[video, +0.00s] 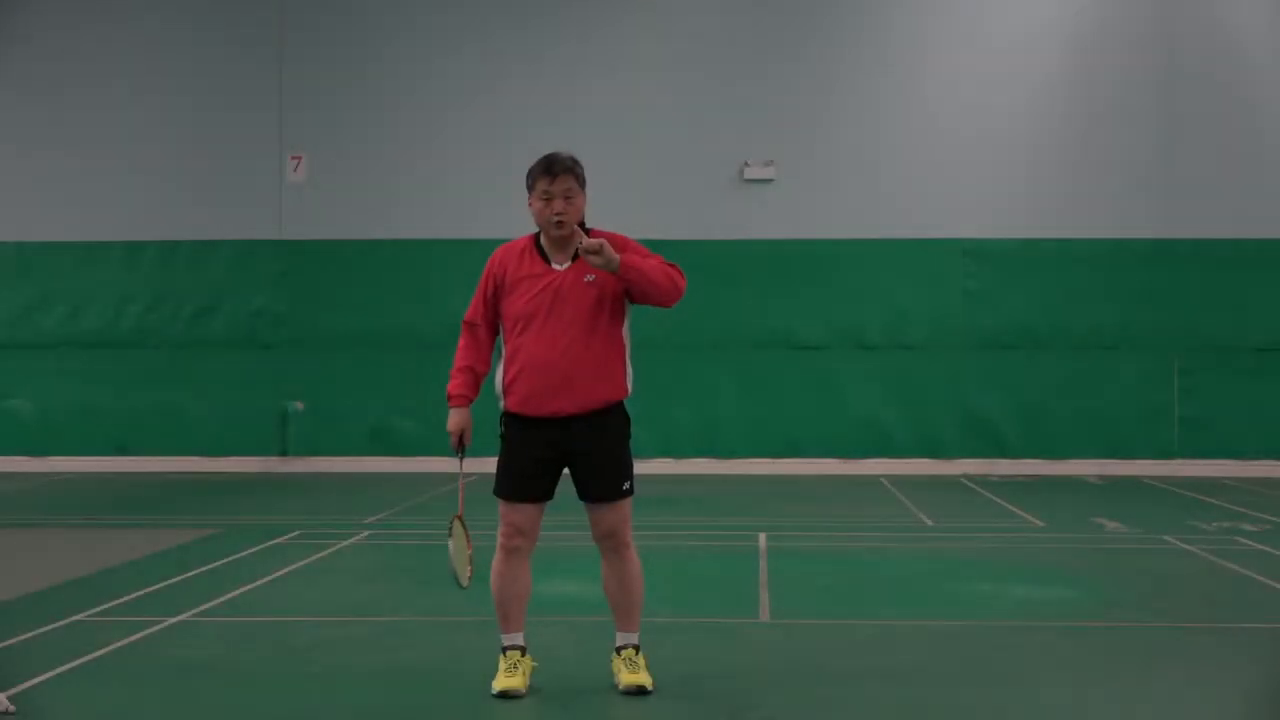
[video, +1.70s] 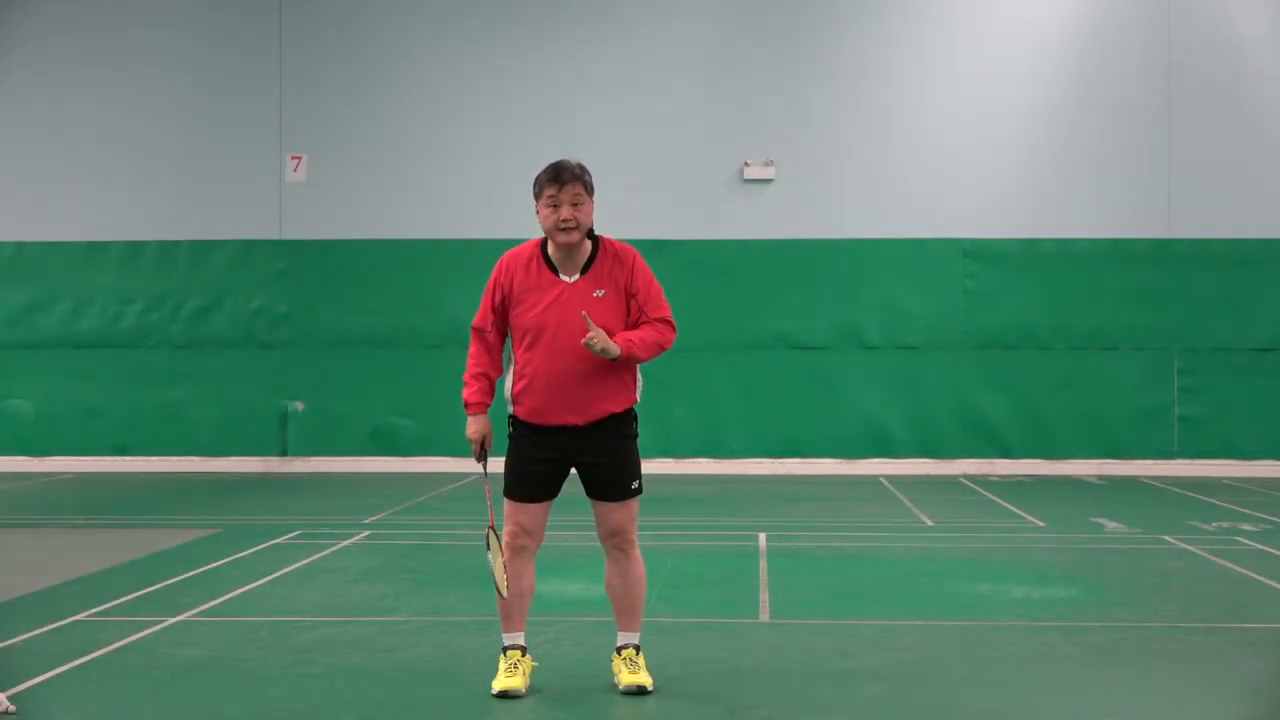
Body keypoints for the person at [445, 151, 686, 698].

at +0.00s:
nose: (557, 207)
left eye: (567, 196)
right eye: (546, 198)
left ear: (584, 200)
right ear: (531, 204)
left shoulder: (613, 251)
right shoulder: (506, 262)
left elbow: (672, 289)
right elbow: (477, 332)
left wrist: (616, 261)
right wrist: (460, 402)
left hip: (600, 419)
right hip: (527, 422)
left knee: (615, 536)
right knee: (514, 537)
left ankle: (629, 650)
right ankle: (512, 653)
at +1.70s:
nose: (565, 213)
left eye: (575, 203)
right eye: (553, 204)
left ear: (592, 208)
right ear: (538, 212)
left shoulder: (623, 261)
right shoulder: (512, 268)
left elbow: (662, 329)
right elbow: (486, 337)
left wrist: (620, 344)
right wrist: (477, 409)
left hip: (608, 426)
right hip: (535, 427)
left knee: (621, 537)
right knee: (519, 538)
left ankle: (629, 650)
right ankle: (513, 651)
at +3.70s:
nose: (555, 218)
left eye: (565, 208)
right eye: (543, 208)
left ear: (582, 212)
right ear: (527, 215)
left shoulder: (610, 258)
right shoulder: (503, 270)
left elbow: (659, 316)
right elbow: (480, 340)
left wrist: (603, 297)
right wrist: (470, 412)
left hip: (605, 425)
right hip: (532, 429)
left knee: (619, 536)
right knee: (517, 537)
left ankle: (629, 650)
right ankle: (513, 652)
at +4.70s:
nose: (590, 188)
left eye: (601, 180)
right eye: (579, 181)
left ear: (619, 195)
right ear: (564, 197)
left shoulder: (652, 258)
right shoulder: (539, 261)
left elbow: (686, 319)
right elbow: (507, 331)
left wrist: (663, 336)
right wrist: (488, 404)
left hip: (632, 420)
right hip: (558, 420)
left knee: (633, 538)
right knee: (528, 537)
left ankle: (631, 650)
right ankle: (514, 649)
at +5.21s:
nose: (639, 188)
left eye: (649, 180)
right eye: (628, 181)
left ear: (667, 194)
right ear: (611, 196)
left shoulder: (694, 261)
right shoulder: (582, 257)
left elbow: (714, 335)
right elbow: (549, 329)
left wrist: (706, 345)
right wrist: (535, 400)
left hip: (667, 419)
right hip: (596, 415)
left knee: (650, 543)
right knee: (583, 537)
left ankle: (634, 650)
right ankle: (579, 651)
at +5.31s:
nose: (643, 187)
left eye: (653, 179)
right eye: (632, 180)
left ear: (671, 191)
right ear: (615, 193)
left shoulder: (695, 259)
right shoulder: (584, 257)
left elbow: (719, 339)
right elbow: (549, 330)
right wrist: (536, 400)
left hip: (671, 419)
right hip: (600, 416)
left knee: (655, 538)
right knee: (595, 536)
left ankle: (636, 649)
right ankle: (600, 653)